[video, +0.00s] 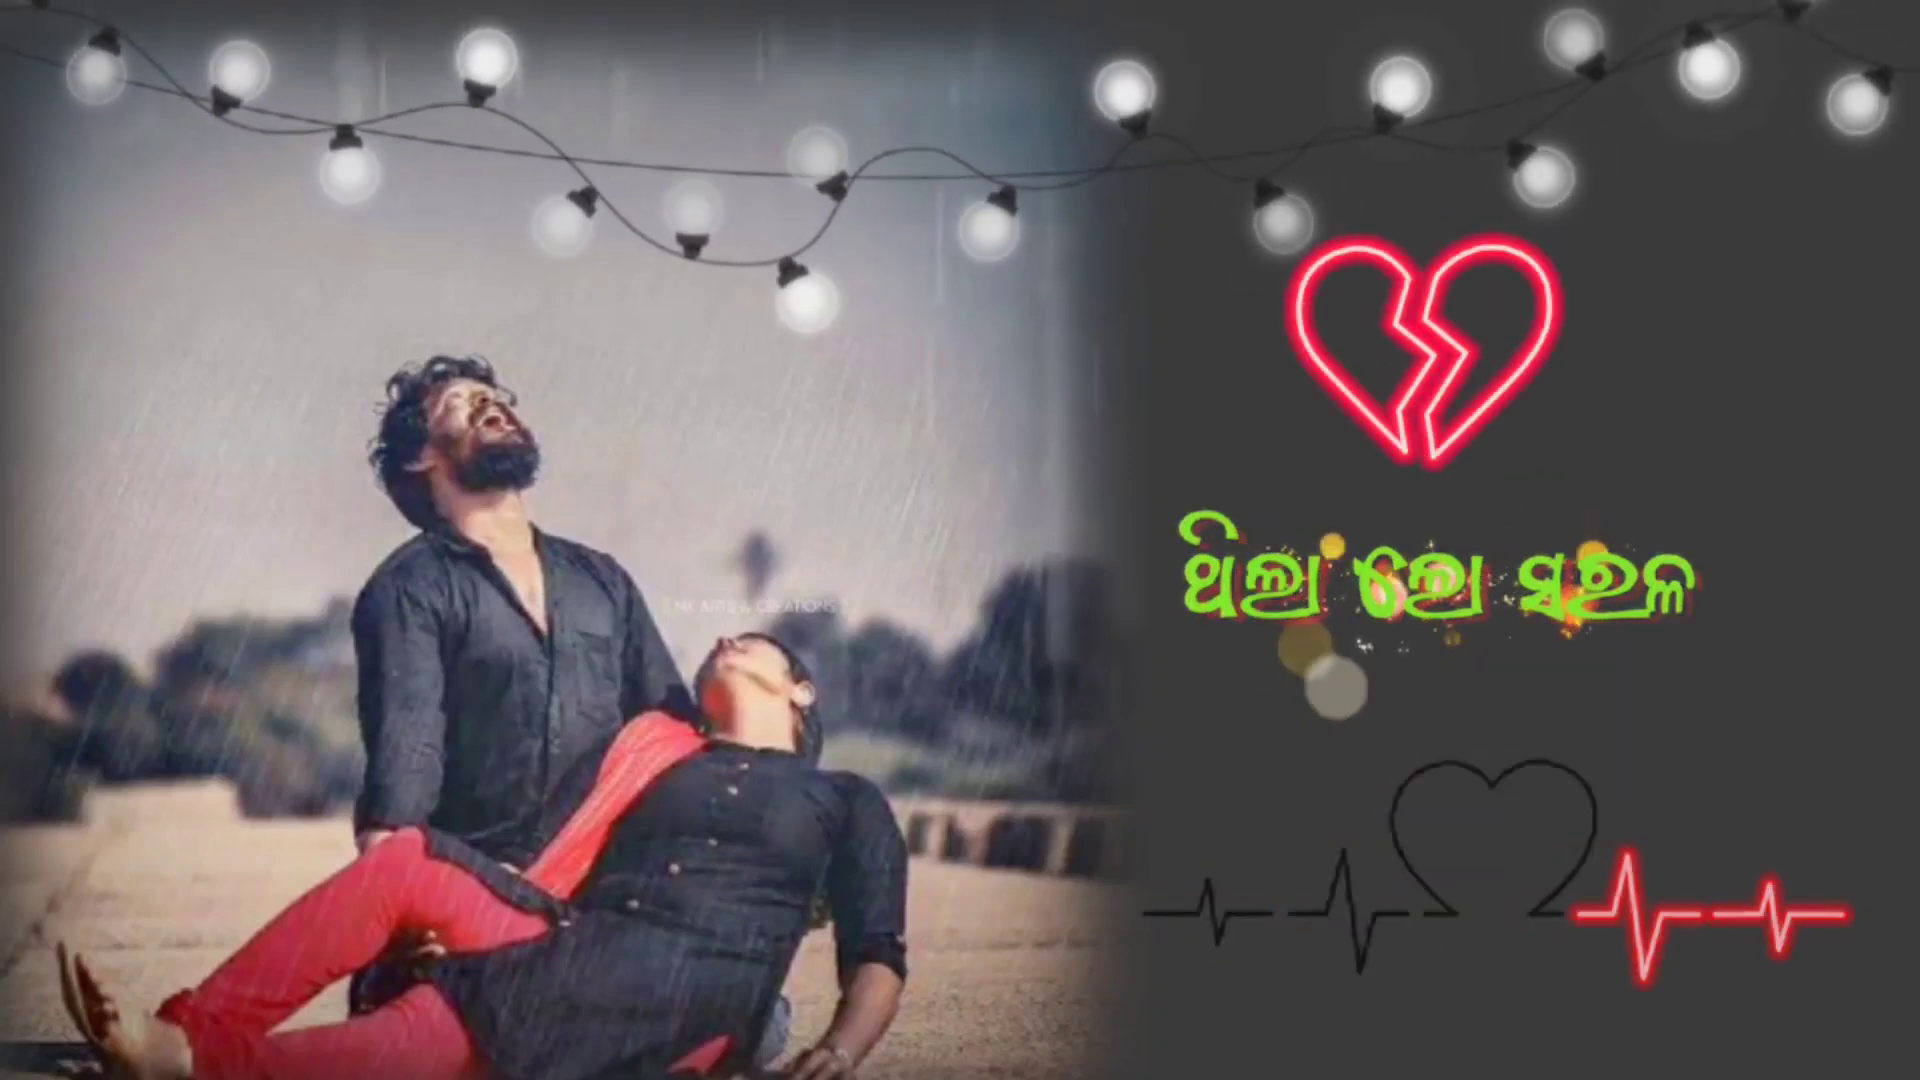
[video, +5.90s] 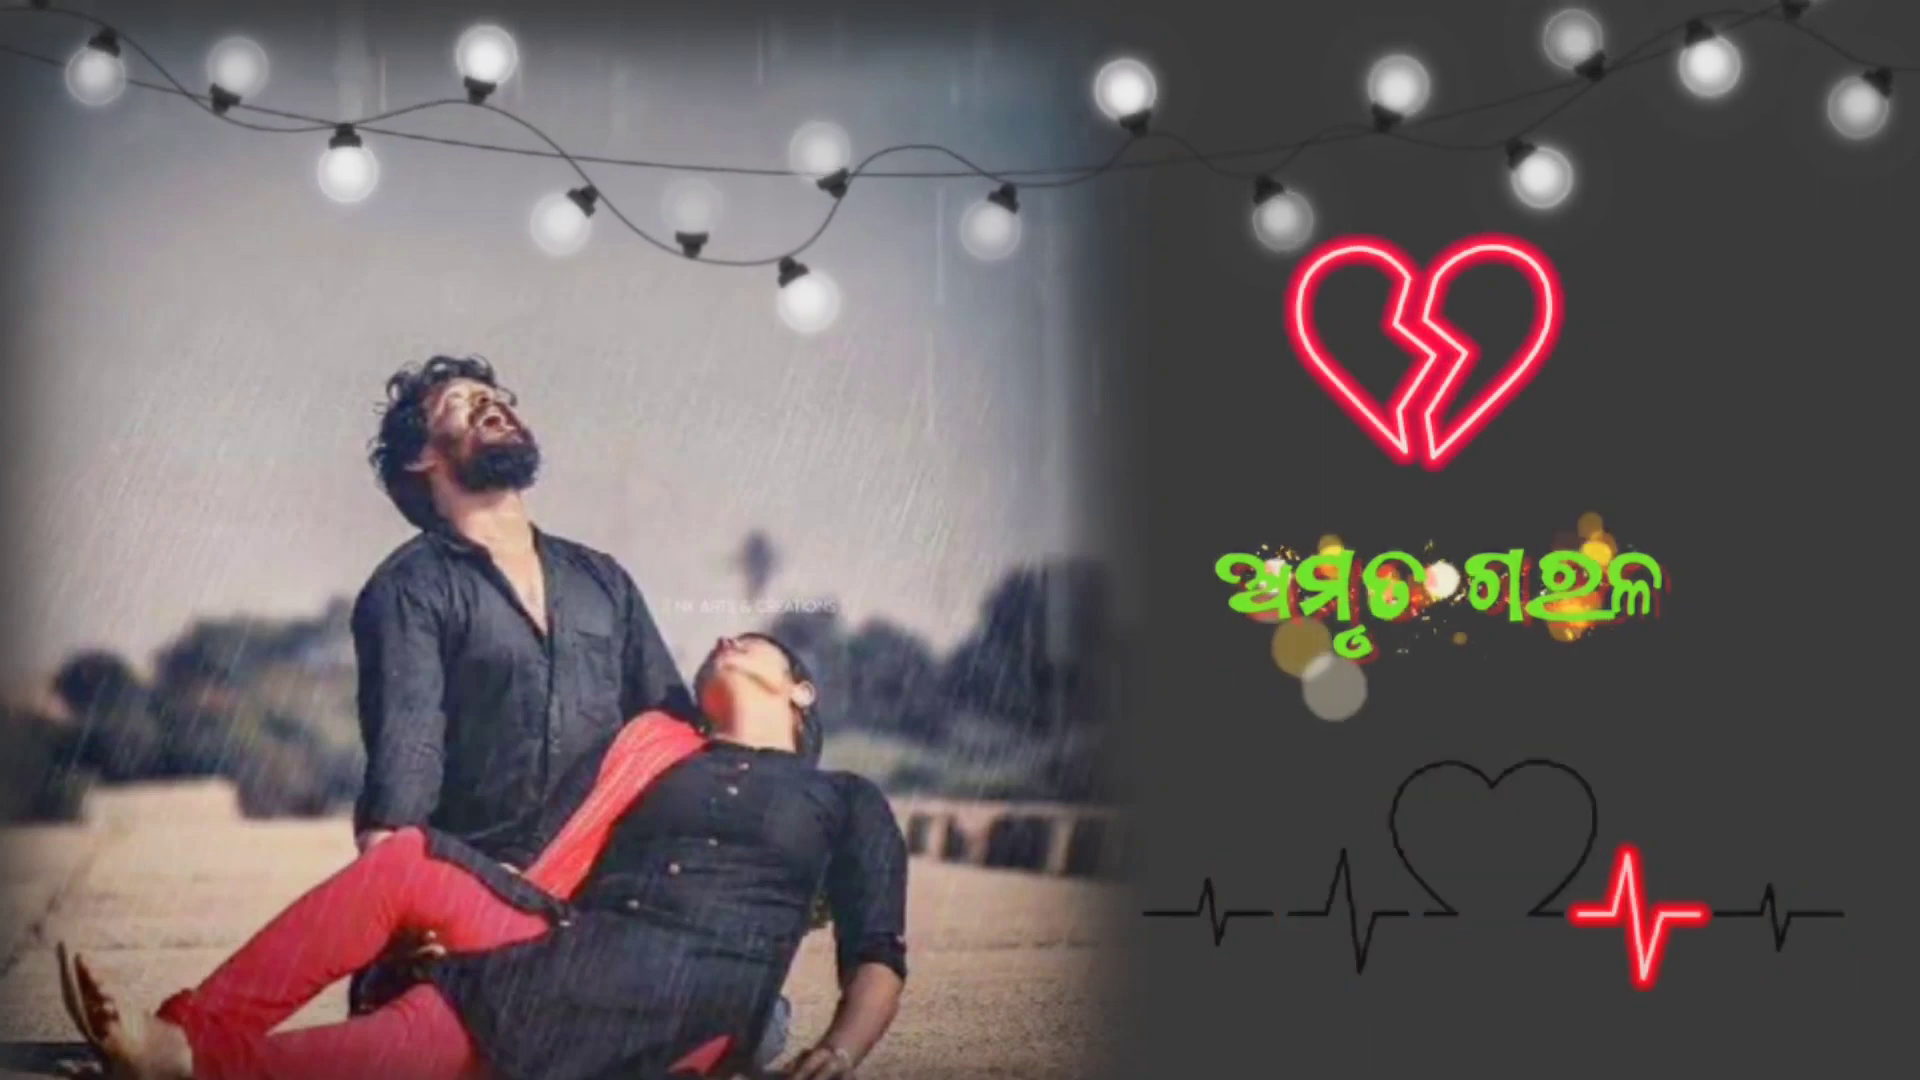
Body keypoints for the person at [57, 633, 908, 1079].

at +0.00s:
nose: (721, 660)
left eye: (749, 656)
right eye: (717, 659)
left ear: (799, 699)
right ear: (709, 699)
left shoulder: (843, 798)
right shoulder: (663, 755)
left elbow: (879, 968)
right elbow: (575, 892)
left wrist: (833, 1066)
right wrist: (458, 950)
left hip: (694, 981)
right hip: (589, 943)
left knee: (452, 1027)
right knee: (402, 860)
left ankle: (189, 1059)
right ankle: (178, 1040)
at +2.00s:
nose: (722, 660)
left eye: (749, 656)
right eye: (717, 659)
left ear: (799, 699)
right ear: (709, 698)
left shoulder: (844, 798)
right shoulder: (662, 755)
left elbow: (879, 967)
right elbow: (574, 892)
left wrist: (836, 1063)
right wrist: (455, 949)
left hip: (693, 982)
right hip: (587, 945)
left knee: (451, 1028)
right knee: (400, 859)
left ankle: (187, 1058)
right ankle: (178, 1041)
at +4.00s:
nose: (722, 660)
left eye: (749, 656)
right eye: (717, 659)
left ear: (799, 699)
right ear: (709, 698)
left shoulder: (844, 798)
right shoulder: (662, 755)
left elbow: (879, 967)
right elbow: (574, 892)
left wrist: (836, 1063)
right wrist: (455, 949)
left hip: (693, 982)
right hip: (587, 946)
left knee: (451, 1028)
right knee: (400, 859)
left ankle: (187, 1058)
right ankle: (177, 1040)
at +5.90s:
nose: (722, 661)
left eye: (749, 657)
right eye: (717, 660)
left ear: (799, 700)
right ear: (709, 698)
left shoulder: (843, 798)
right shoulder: (661, 753)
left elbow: (879, 969)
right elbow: (573, 893)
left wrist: (831, 1066)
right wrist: (455, 946)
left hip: (692, 981)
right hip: (586, 944)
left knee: (452, 1029)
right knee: (401, 860)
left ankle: (190, 1059)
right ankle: (178, 1040)